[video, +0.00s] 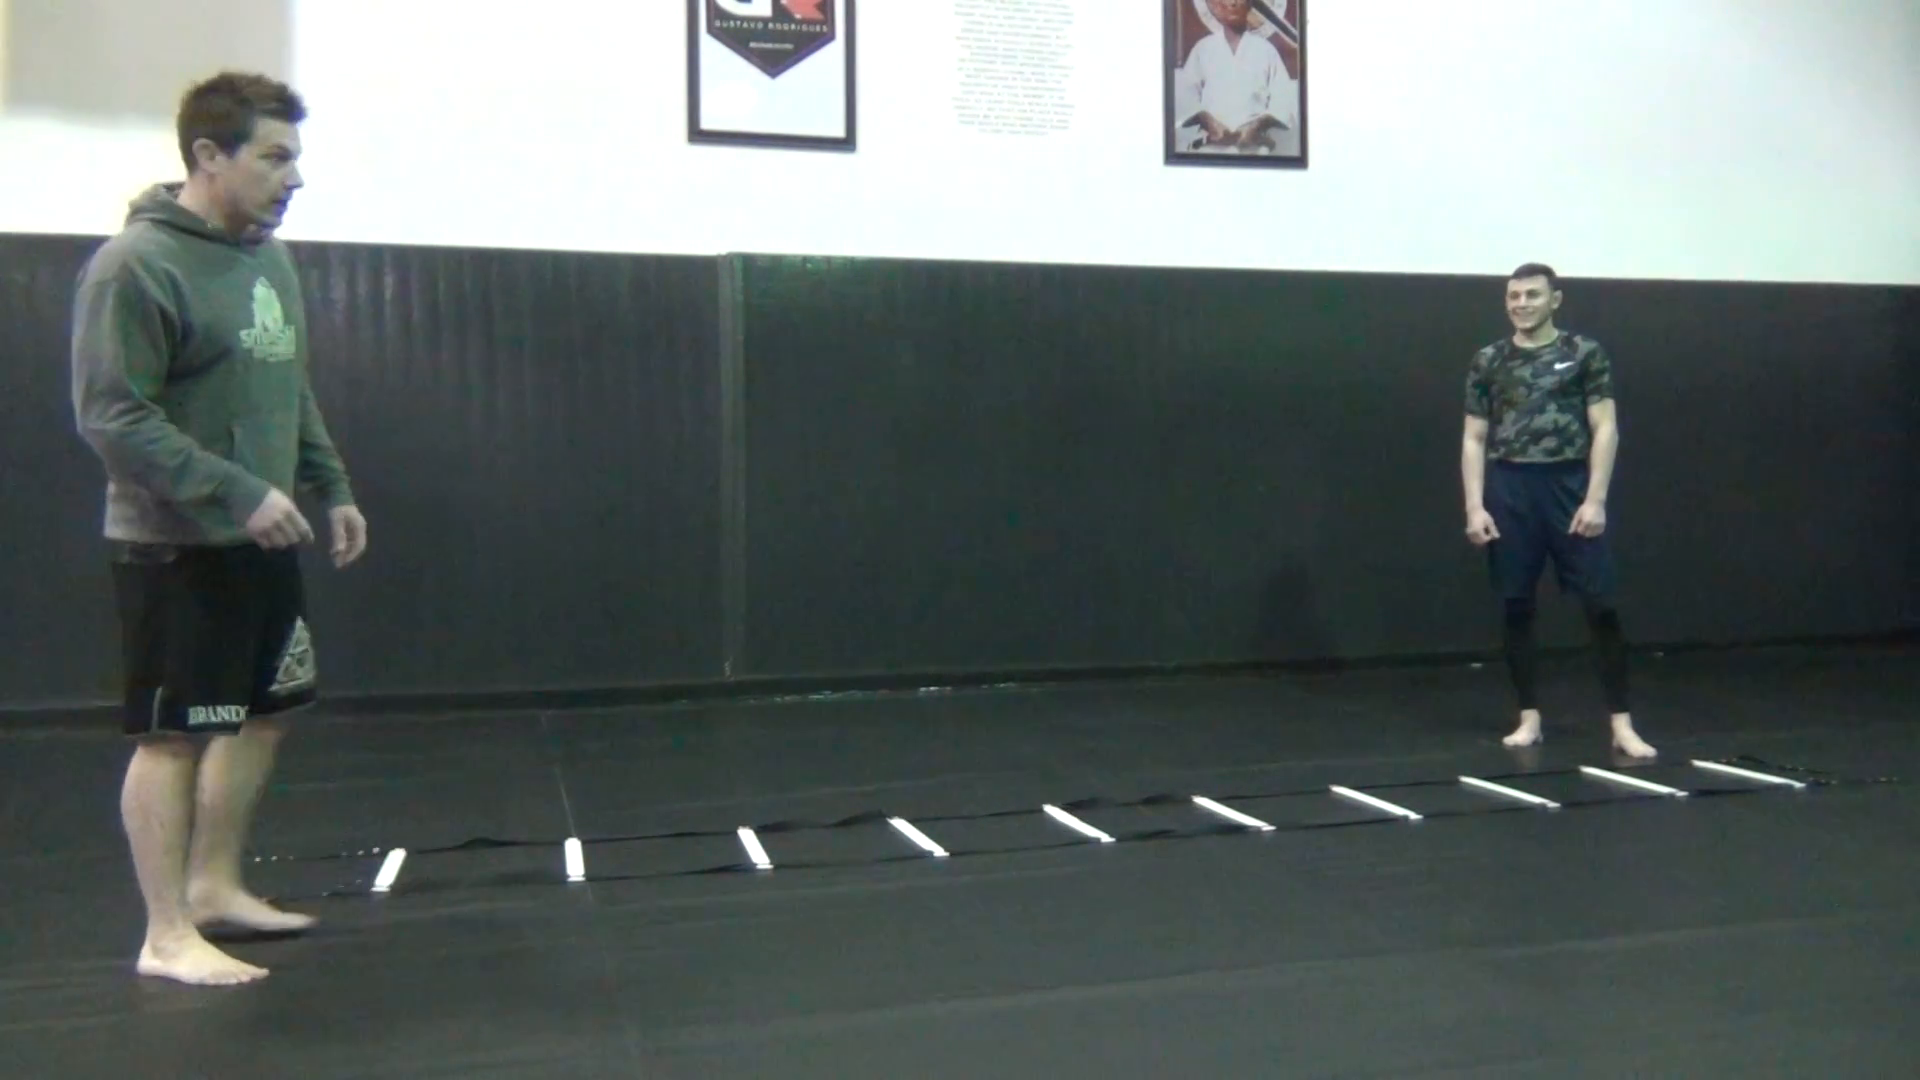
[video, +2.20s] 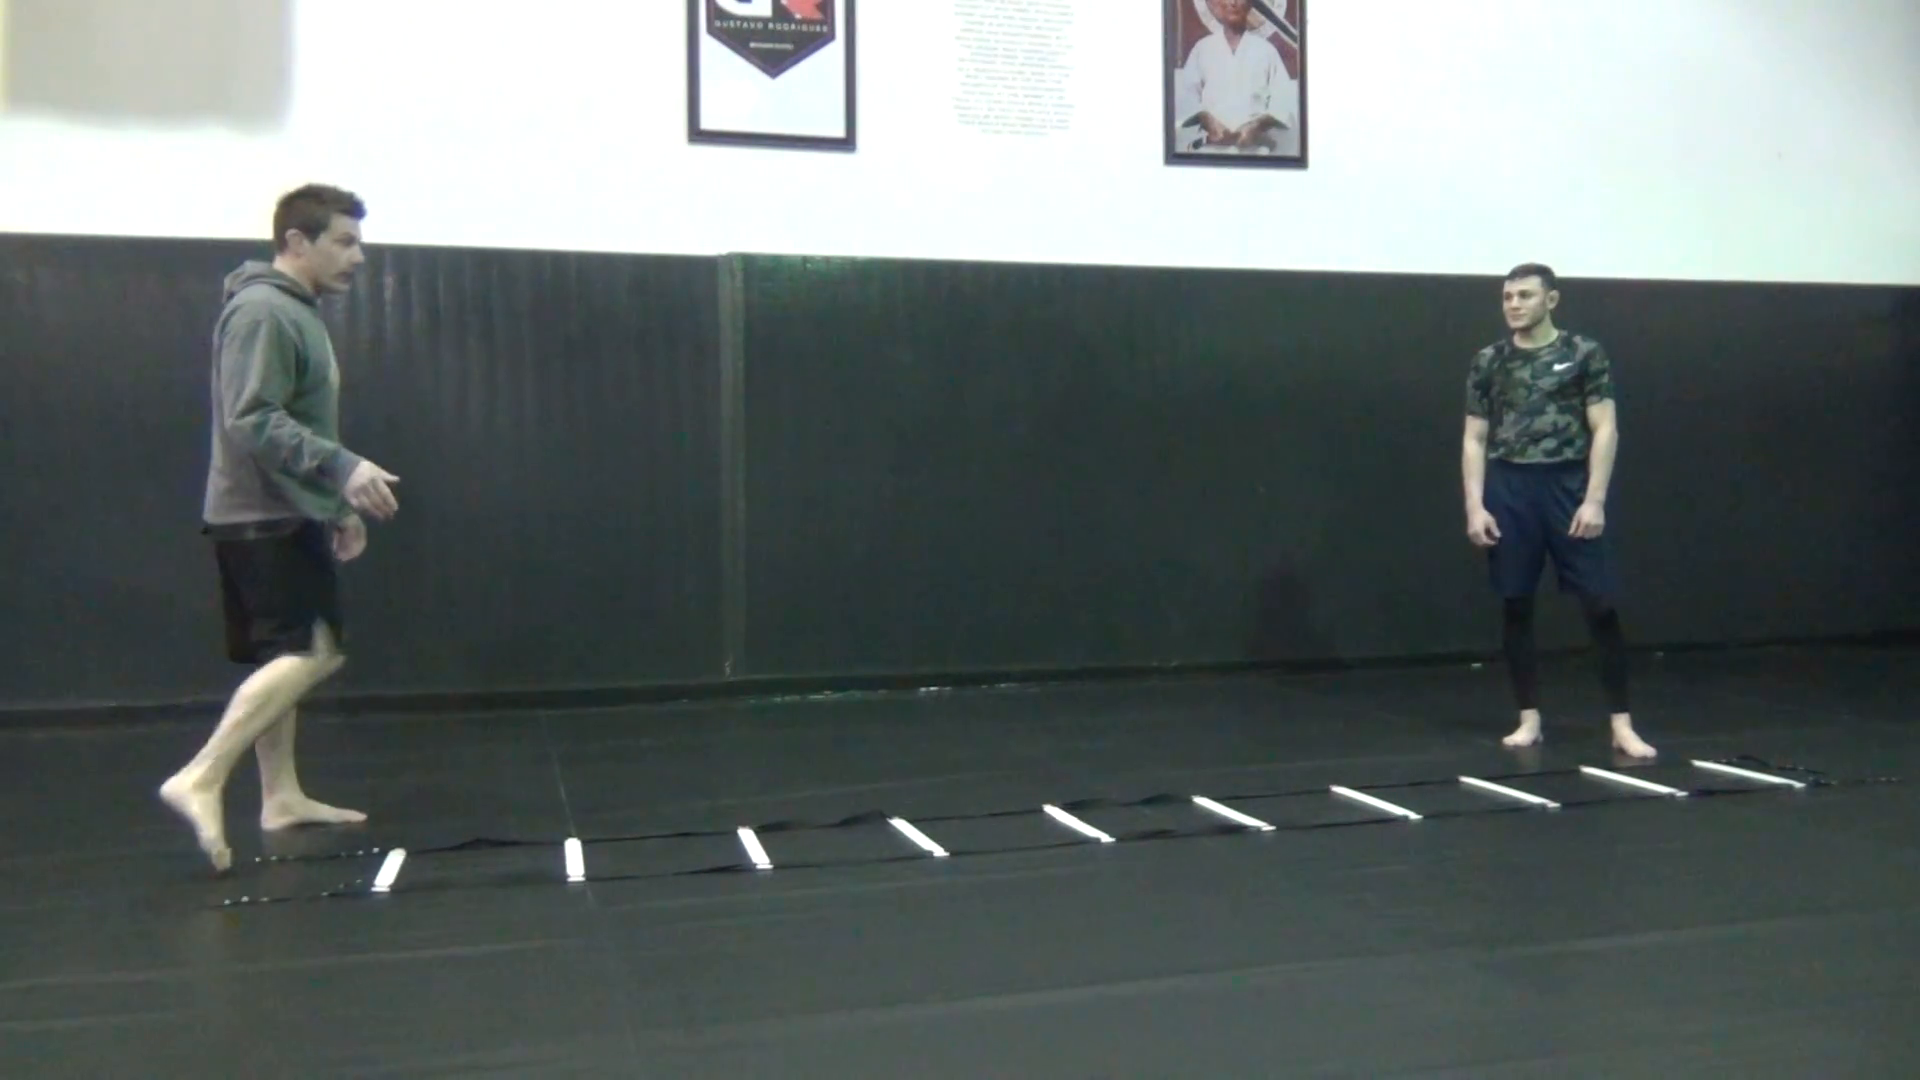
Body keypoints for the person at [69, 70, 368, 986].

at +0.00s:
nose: (292, 178)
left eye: (295, 160)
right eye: (276, 158)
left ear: (236, 161)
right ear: (208, 155)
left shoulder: (272, 260)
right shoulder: (131, 266)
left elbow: (291, 390)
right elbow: (111, 418)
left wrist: (333, 489)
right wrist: (241, 494)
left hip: (258, 537)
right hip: (169, 544)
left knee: (262, 707)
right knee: (171, 732)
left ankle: (216, 889)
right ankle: (166, 936)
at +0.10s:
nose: (295, 178)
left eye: (296, 159)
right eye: (282, 159)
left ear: (236, 162)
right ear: (216, 157)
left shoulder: (252, 262)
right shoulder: (134, 261)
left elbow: (261, 402)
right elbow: (114, 410)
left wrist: (315, 487)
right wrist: (253, 478)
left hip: (229, 532)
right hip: (162, 539)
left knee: (212, 708)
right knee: (174, 731)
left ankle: (117, 863)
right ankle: (169, 938)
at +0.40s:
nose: (268, 204)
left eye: (269, 186)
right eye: (257, 184)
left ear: (200, 182)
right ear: (197, 176)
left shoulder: (173, 265)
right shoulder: (141, 268)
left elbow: (183, 411)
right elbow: (152, 412)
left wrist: (215, 511)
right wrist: (300, 433)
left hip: (126, 530)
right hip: (134, 534)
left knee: (85, 711)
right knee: (181, 727)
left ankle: (27, 867)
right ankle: (172, 935)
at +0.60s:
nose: (234, 240)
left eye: (239, 223)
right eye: (227, 218)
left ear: (163, 207)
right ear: (171, 202)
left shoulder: (93, 268)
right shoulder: (127, 276)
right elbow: (159, 403)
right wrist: (298, 426)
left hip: (48, 530)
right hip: (100, 535)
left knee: (44, 717)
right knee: (153, 716)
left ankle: (16, 887)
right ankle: (170, 922)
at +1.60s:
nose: (296, 254)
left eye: (299, 239)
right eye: (287, 236)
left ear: (225, 230)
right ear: (234, 227)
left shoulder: (136, 288)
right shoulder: (213, 307)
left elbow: (136, 410)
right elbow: (236, 434)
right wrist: (340, 491)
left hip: (129, 521)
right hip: (190, 529)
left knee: (151, 672)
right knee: (199, 688)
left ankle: (118, 800)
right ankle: (169, 860)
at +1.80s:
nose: (311, 253)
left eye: (313, 238)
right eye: (300, 237)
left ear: (245, 237)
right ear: (246, 233)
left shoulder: (200, 298)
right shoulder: (218, 313)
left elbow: (214, 426)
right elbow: (228, 434)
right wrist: (330, 489)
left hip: (190, 524)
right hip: (205, 528)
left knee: (216, 672)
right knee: (209, 685)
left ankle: (227, 795)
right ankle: (166, 858)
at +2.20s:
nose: (355, 259)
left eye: (357, 245)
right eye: (345, 244)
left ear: (305, 247)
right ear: (297, 242)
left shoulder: (297, 312)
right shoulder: (263, 312)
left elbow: (295, 426)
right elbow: (251, 419)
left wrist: (332, 505)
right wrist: (345, 469)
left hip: (283, 515)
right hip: (258, 517)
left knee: (283, 658)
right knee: (314, 649)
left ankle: (283, 800)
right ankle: (197, 781)